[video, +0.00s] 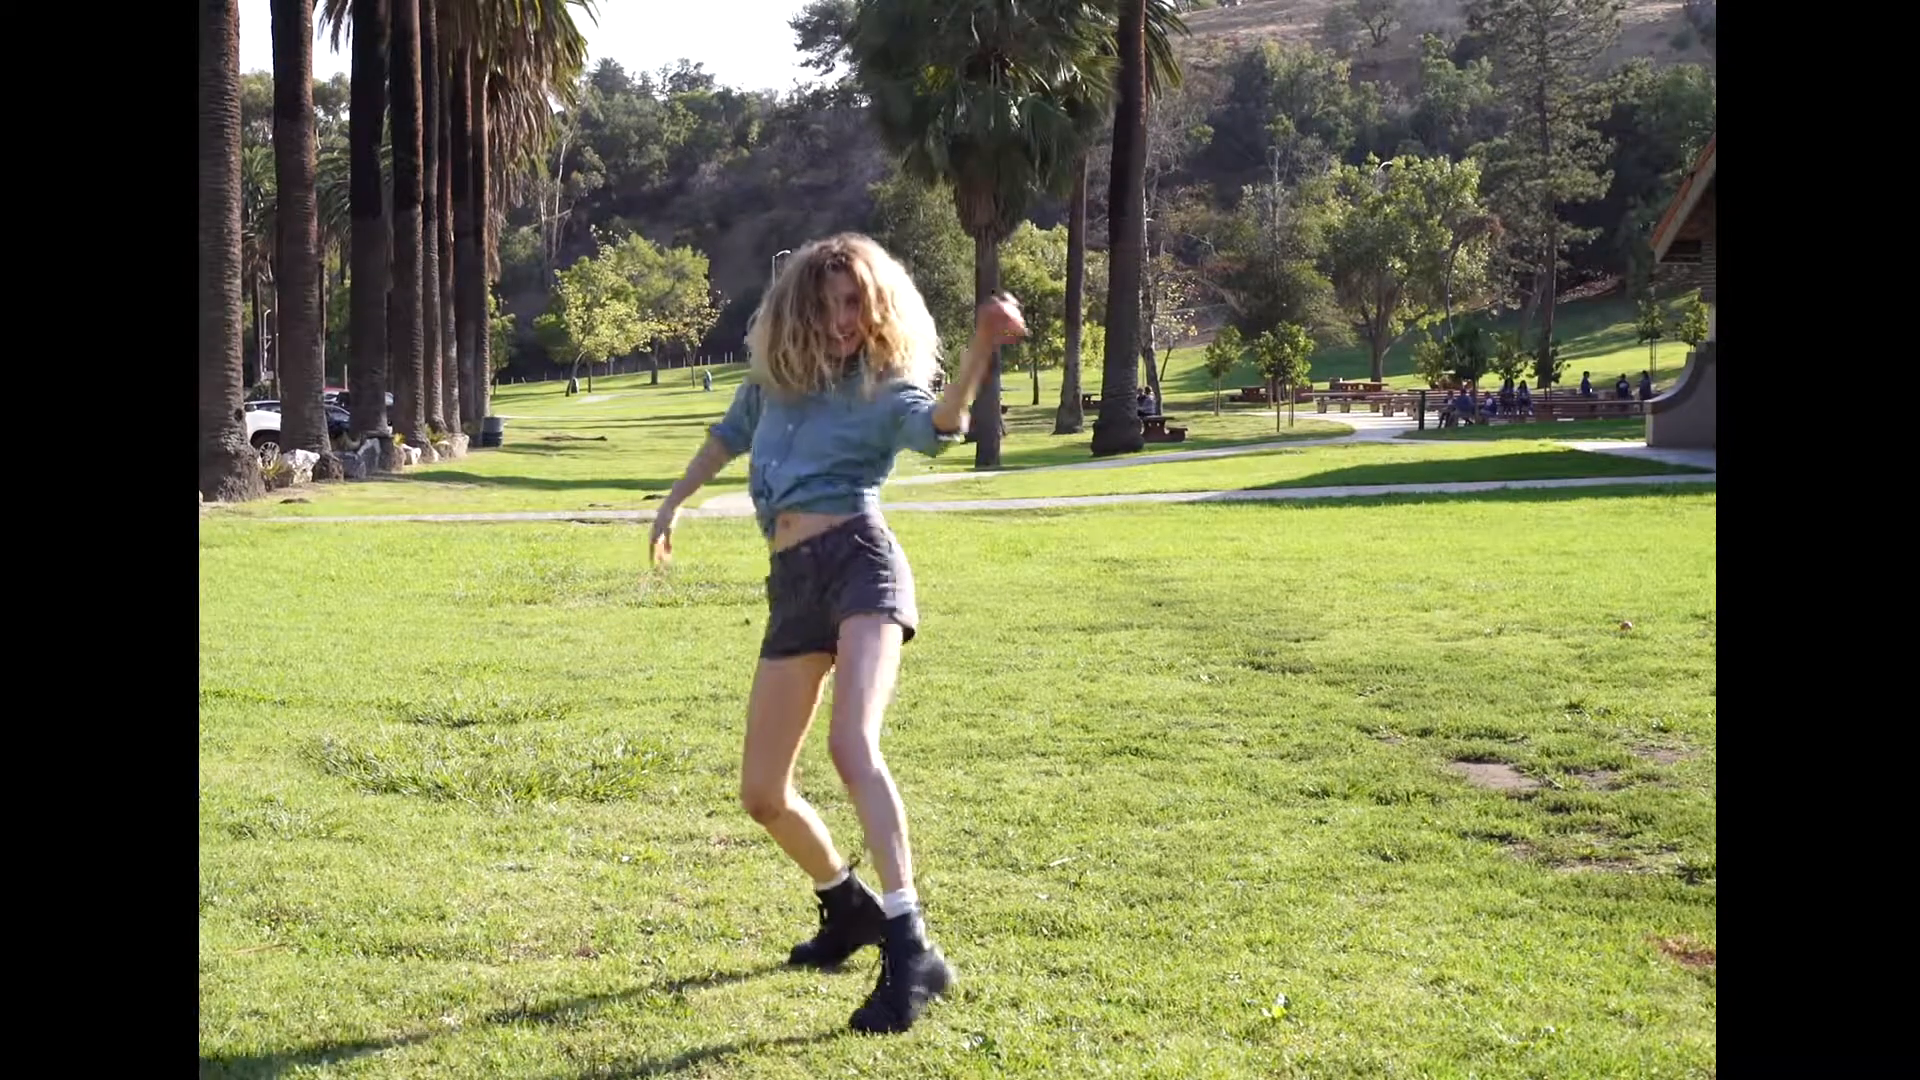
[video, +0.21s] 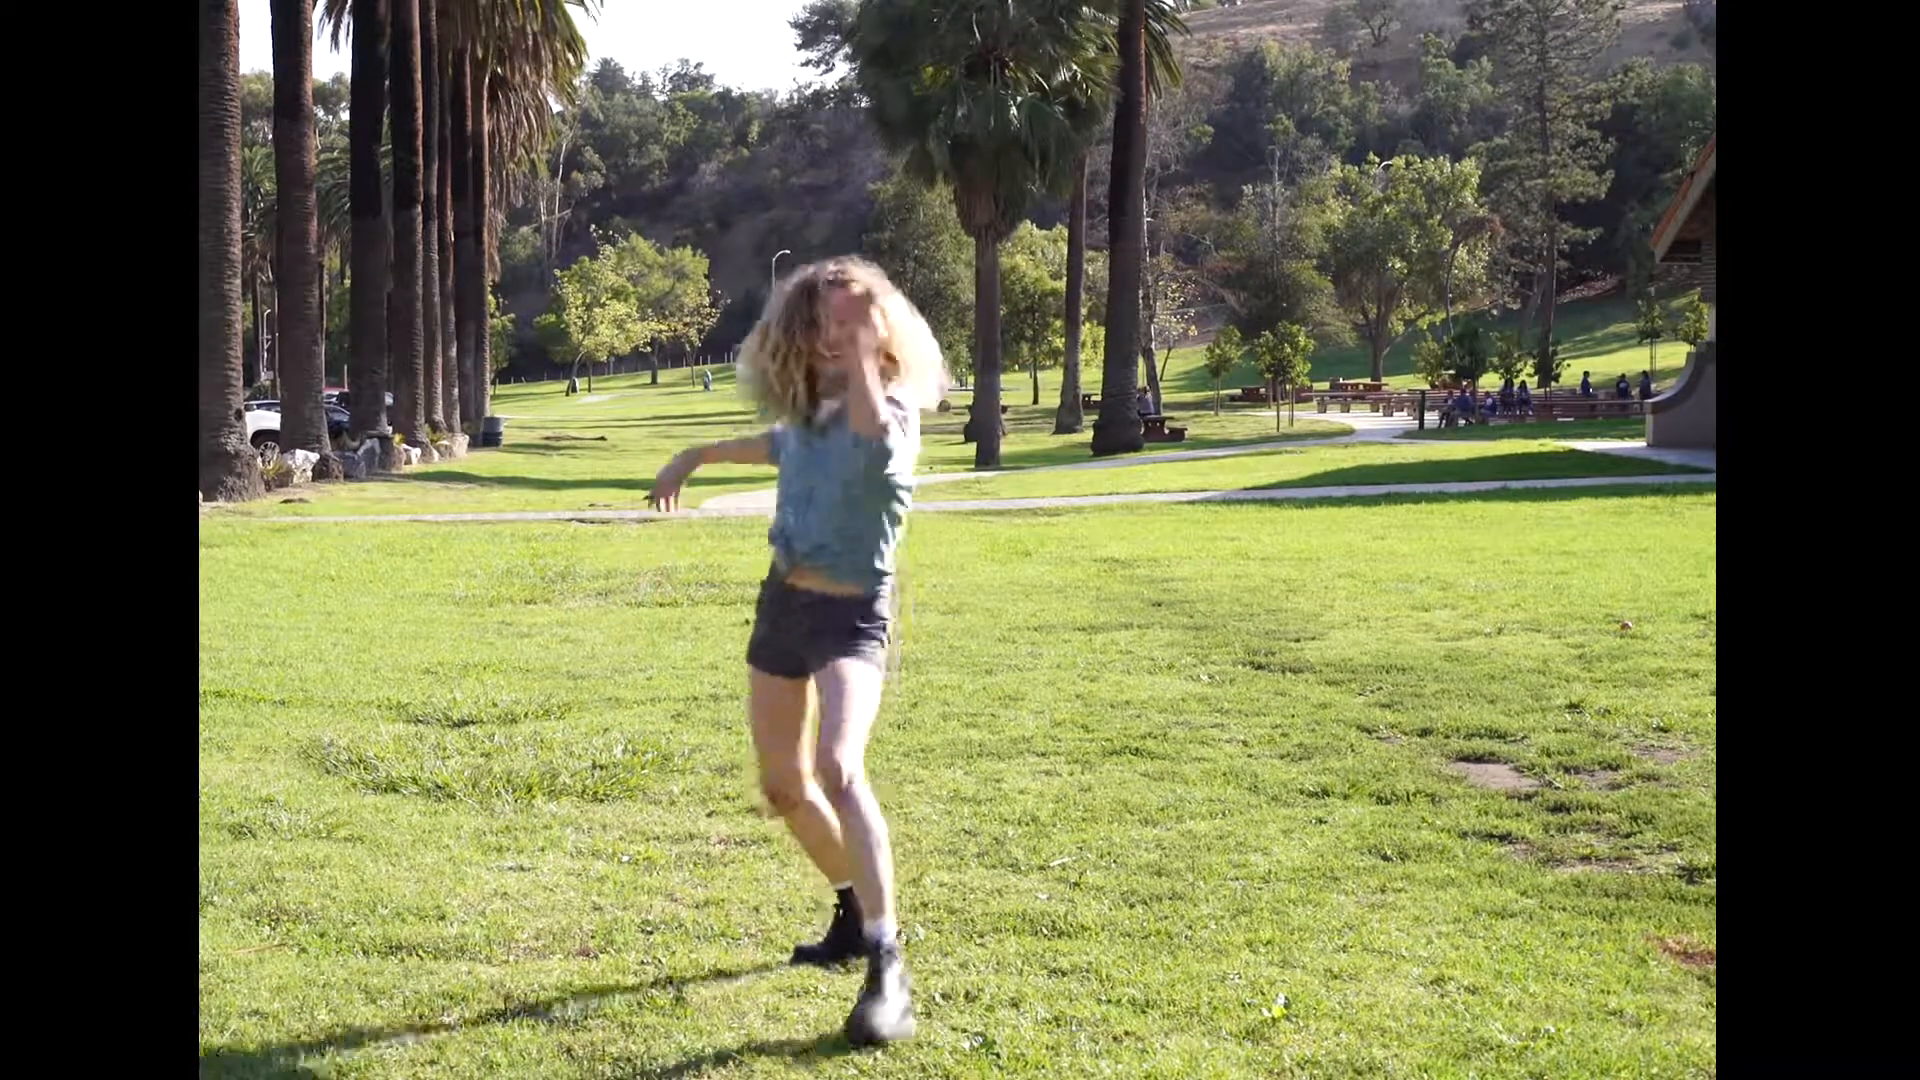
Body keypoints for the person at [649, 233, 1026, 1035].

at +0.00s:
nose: (844, 320)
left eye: (857, 306)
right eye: (831, 306)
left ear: (875, 311)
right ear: (806, 310)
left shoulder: (888, 387)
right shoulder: (770, 384)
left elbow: (944, 422)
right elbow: (723, 442)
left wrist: (982, 349)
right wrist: (670, 506)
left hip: (861, 559)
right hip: (793, 581)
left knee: (852, 749)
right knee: (763, 790)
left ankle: (911, 948)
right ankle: (848, 906)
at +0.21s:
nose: (847, 334)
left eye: (860, 318)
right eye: (831, 324)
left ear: (883, 330)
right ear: (810, 341)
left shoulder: (898, 413)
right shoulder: (804, 421)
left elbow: (871, 424)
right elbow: (767, 446)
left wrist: (862, 353)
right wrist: (694, 456)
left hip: (854, 618)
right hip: (784, 608)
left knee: (836, 769)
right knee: (782, 788)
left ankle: (885, 960)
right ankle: (858, 900)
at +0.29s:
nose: (831, 321)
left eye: (843, 306)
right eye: (819, 310)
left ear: (871, 311)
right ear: (802, 325)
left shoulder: (882, 376)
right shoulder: (817, 391)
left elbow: (863, 431)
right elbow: (804, 461)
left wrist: (794, 353)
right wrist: (724, 435)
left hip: (866, 614)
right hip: (803, 606)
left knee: (807, 786)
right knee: (783, 788)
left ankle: (882, 976)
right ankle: (858, 912)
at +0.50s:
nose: (802, 302)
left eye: (817, 291)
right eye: (788, 293)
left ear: (844, 303)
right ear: (770, 311)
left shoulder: (830, 354)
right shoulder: (832, 374)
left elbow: (819, 409)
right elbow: (839, 444)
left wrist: (767, 472)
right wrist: (775, 446)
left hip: (900, 589)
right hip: (858, 601)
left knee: (829, 792)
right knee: (746, 779)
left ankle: (886, 984)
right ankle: (851, 948)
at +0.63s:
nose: (800, 309)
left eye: (815, 296)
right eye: (788, 296)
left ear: (842, 307)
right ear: (769, 309)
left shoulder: (834, 365)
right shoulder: (802, 382)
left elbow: (862, 424)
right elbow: (807, 438)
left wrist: (855, 490)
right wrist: (776, 454)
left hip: (894, 579)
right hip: (851, 595)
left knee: (809, 774)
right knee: (786, 813)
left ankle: (892, 957)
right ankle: (876, 972)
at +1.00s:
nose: (803, 326)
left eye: (818, 312)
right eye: (787, 313)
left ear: (845, 320)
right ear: (765, 329)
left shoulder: (843, 377)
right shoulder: (794, 401)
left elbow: (888, 379)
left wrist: (931, 394)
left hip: (891, 614)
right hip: (848, 621)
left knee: (818, 797)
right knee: (771, 817)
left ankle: (863, 1005)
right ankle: (875, 976)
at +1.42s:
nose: (820, 344)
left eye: (832, 325)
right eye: (804, 337)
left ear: (864, 323)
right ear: (794, 355)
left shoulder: (881, 369)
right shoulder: (840, 407)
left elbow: (908, 358)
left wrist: (944, 348)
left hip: (855, 597)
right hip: (834, 605)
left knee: (754, 805)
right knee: (754, 822)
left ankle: (825, 996)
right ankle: (873, 965)